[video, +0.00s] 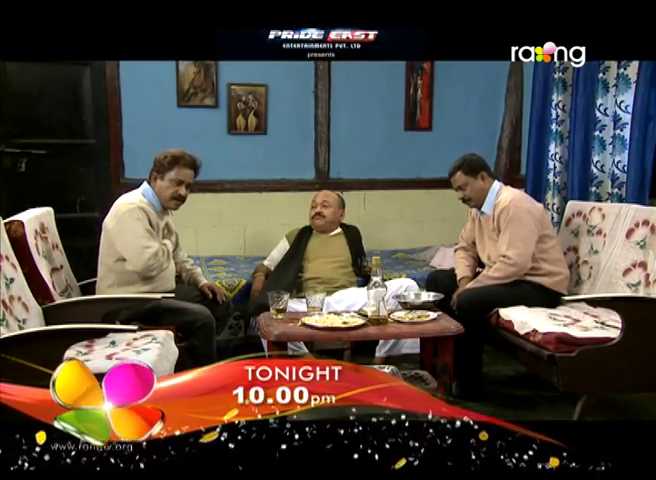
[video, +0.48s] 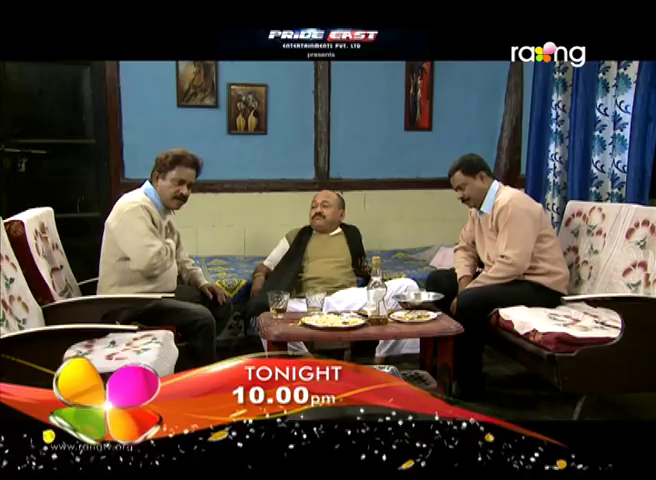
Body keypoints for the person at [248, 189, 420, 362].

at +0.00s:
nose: (317, 210)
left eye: (325, 206)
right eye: (314, 206)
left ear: (341, 213)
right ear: (309, 211)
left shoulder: (351, 233)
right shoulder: (297, 236)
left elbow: (362, 269)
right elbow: (265, 268)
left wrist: (377, 282)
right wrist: (256, 299)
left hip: (351, 297)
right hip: (311, 300)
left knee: (406, 286)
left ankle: (382, 362)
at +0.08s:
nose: (317, 210)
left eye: (325, 206)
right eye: (314, 206)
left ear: (341, 213)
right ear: (309, 211)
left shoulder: (351, 233)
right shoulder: (297, 236)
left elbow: (362, 268)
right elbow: (265, 268)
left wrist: (377, 282)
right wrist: (256, 298)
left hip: (351, 297)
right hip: (311, 300)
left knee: (406, 285)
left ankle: (382, 362)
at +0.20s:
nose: (317, 210)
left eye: (325, 206)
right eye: (314, 206)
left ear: (341, 213)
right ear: (309, 211)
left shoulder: (351, 233)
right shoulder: (297, 236)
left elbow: (362, 269)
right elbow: (265, 268)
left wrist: (378, 282)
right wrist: (256, 300)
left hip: (351, 297)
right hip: (311, 300)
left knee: (406, 285)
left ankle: (382, 362)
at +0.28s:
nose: (317, 210)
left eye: (325, 206)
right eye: (314, 206)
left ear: (341, 213)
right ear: (309, 211)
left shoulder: (351, 233)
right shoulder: (297, 236)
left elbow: (362, 269)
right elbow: (265, 268)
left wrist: (378, 282)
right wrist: (256, 301)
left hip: (351, 297)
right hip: (311, 300)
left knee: (406, 285)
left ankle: (382, 362)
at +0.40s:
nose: (317, 210)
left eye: (325, 206)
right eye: (314, 206)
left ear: (341, 213)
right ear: (309, 211)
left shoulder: (351, 233)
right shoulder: (298, 236)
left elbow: (361, 269)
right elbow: (264, 269)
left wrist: (379, 280)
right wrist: (256, 301)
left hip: (350, 297)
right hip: (309, 300)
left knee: (406, 285)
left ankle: (381, 362)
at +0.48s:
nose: (317, 210)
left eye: (325, 206)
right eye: (314, 206)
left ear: (341, 213)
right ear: (309, 211)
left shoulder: (351, 233)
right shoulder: (298, 236)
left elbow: (361, 269)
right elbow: (264, 269)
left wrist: (378, 280)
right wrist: (256, 301)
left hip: (350, 297)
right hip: (309, 300)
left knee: (406, 285)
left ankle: (381, 362)